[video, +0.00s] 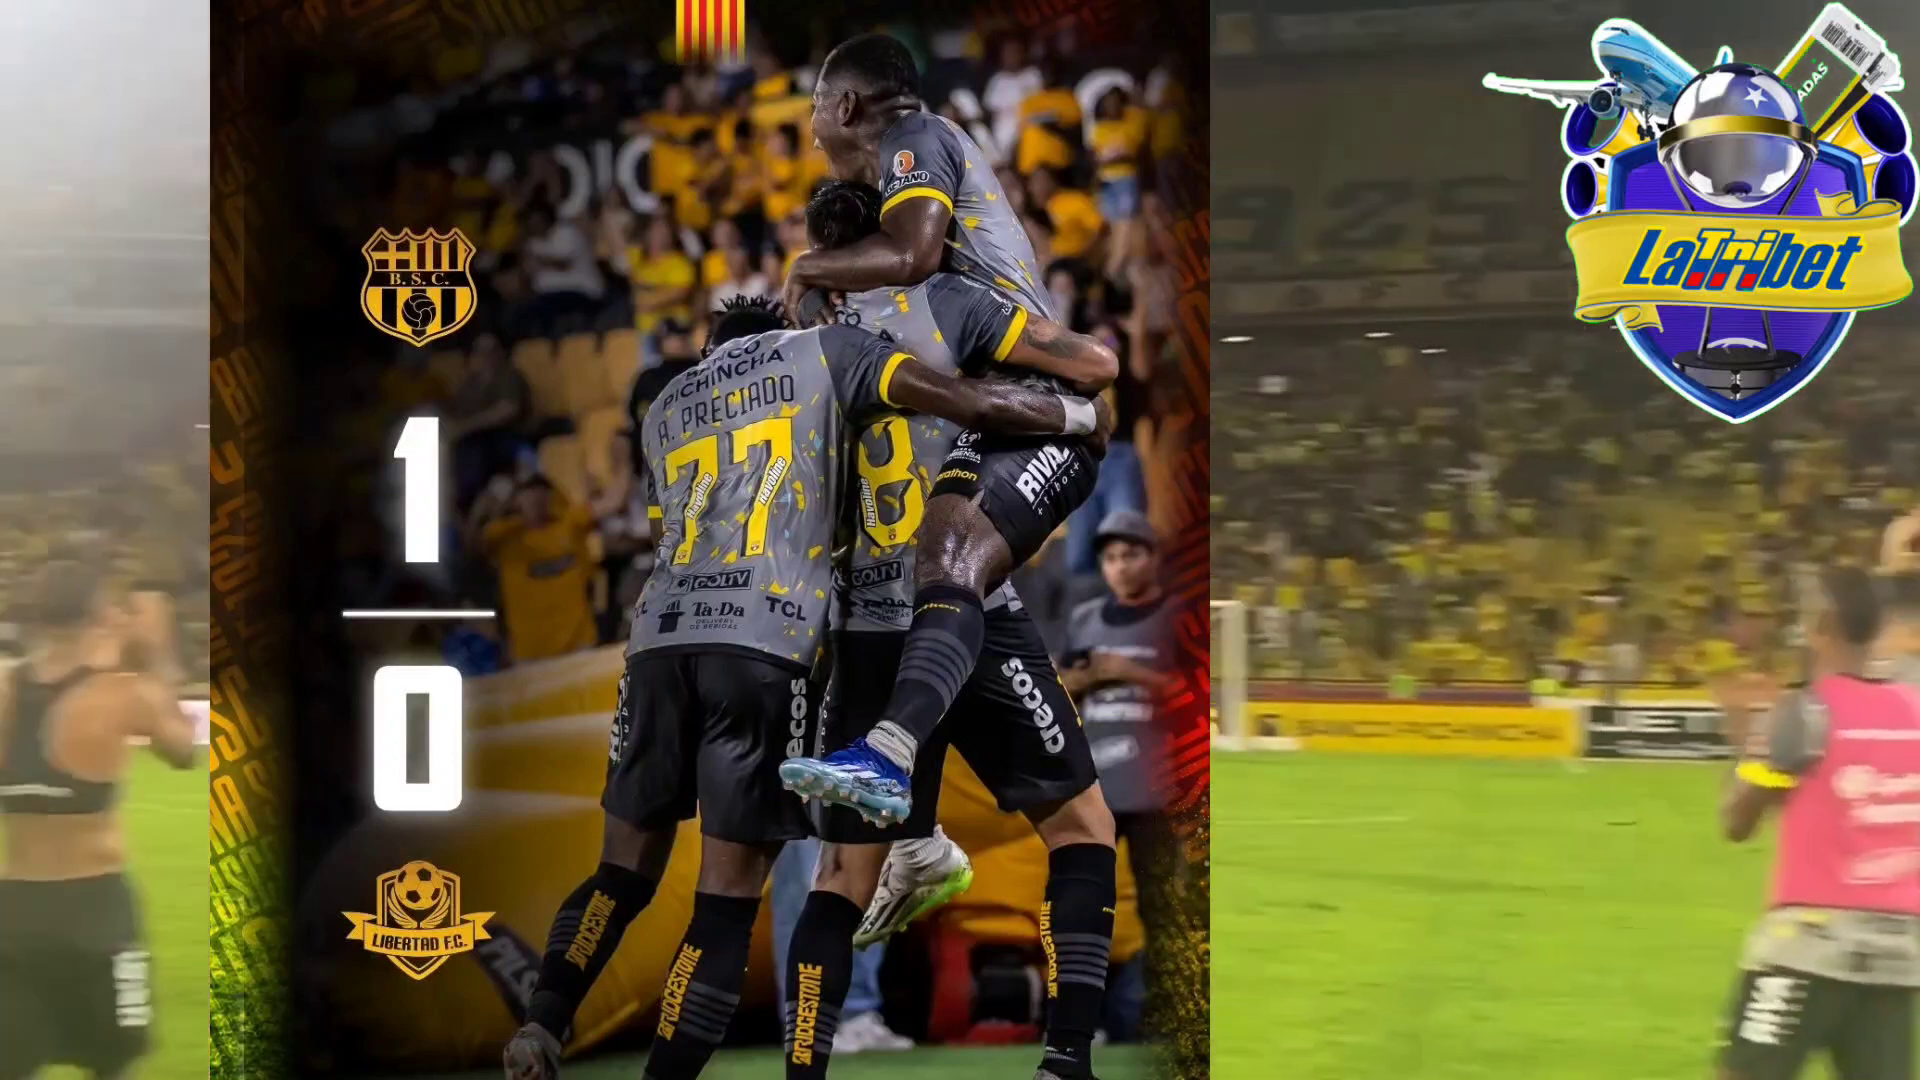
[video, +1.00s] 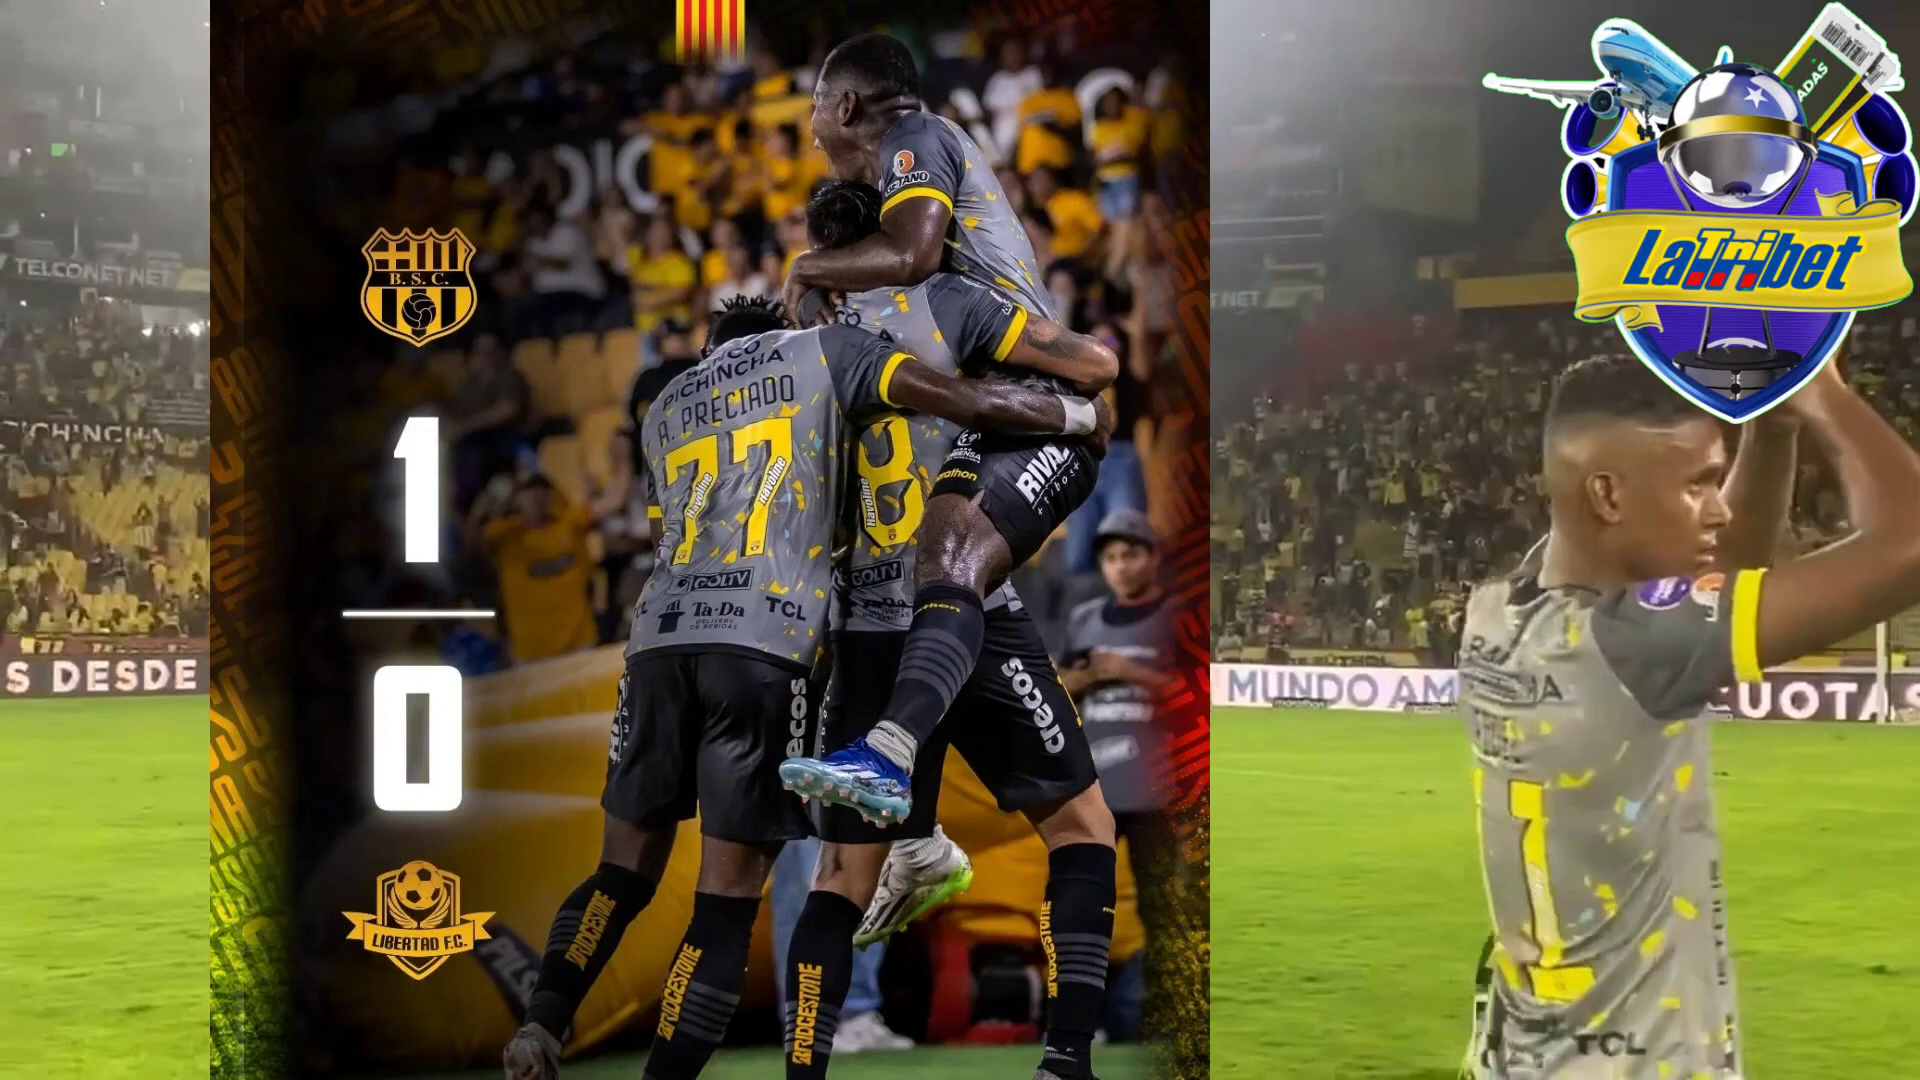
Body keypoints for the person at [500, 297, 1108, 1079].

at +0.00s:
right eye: (804, 317)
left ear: (708, 345)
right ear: (787, 323)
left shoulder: (661, 407)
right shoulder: (830, 348)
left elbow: (679, 519)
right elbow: (972, 400)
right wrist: (1089, 418)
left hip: (657, 648)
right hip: (761, 648)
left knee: (623, 867)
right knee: (727, 893)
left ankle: (543, 1026)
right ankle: (667, 1075)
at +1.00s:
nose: (822, 323)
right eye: (811, 317)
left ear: (709, 347)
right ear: (792, 323)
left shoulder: (660, 403)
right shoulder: (830, 348)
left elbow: (678, 521)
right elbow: (971, 399)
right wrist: (1088, 417)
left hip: (657, 648)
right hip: (761, 648)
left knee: (623, 866)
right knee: (727, 892)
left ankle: (541, 1028)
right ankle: (667, 1075)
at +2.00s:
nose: (824, 324)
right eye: (812, 317)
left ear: (708, 346)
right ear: (791, 323)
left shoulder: (659, 403)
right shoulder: (831, 348)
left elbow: (677, 520)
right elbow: (971, 400)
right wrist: (1088, 417)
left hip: (657, 648)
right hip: (761, 648)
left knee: (623, 865)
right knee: (727, 892)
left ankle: (541, 1027)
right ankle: (667, 1075)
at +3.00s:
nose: (828, 325)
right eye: (816, 318)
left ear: (708, 345)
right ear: (790, 323)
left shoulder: (660, 407)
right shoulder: (830, 348)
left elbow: (679, 522)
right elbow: (973, 400)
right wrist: (1089, 417)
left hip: (657, 648)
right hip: (762, 648)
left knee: (623, 865)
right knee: (728, 892)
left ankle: (542, 1027)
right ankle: (667, 1075)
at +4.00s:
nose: (826, 326)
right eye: (814, 319)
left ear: (709, 346)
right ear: (792, 324)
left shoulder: (660, 405)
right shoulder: (830, 348)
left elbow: (680, 521)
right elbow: (970, 400)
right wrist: (1088, 417)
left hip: (657, 648)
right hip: (762, 649)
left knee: (623, 865)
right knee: (727, 892)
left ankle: (542, 1028)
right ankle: (667, 1075)